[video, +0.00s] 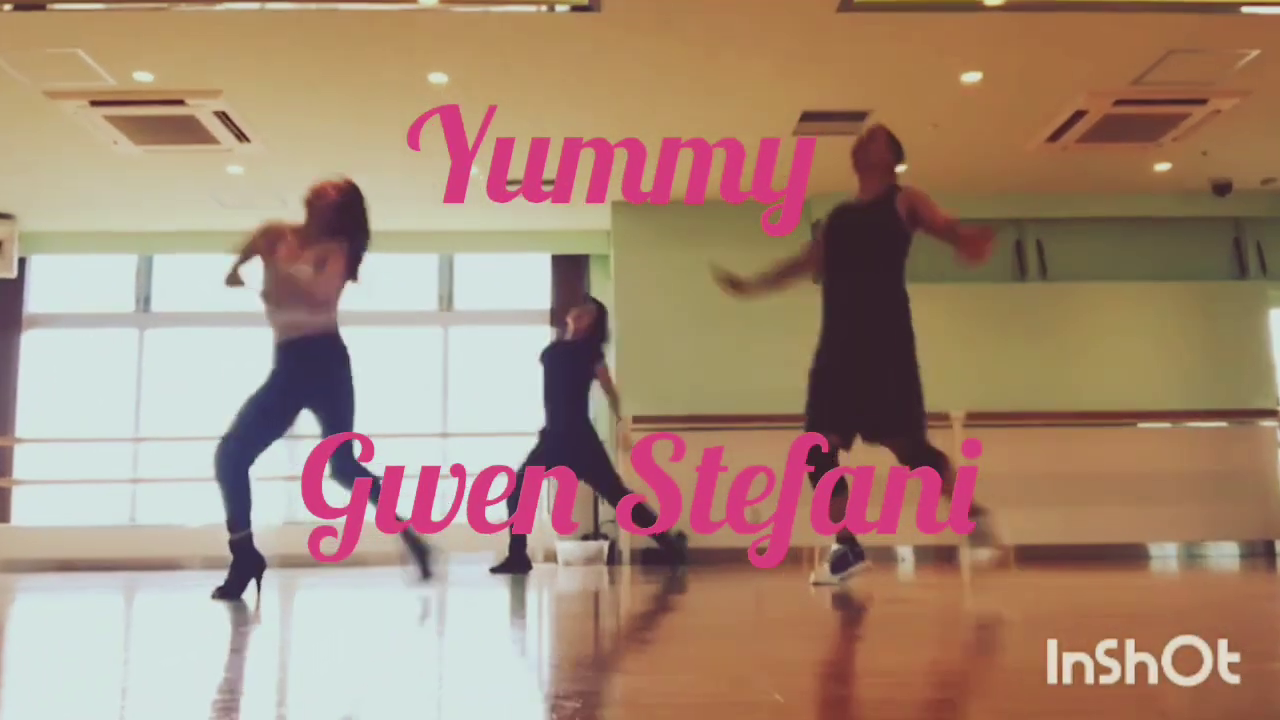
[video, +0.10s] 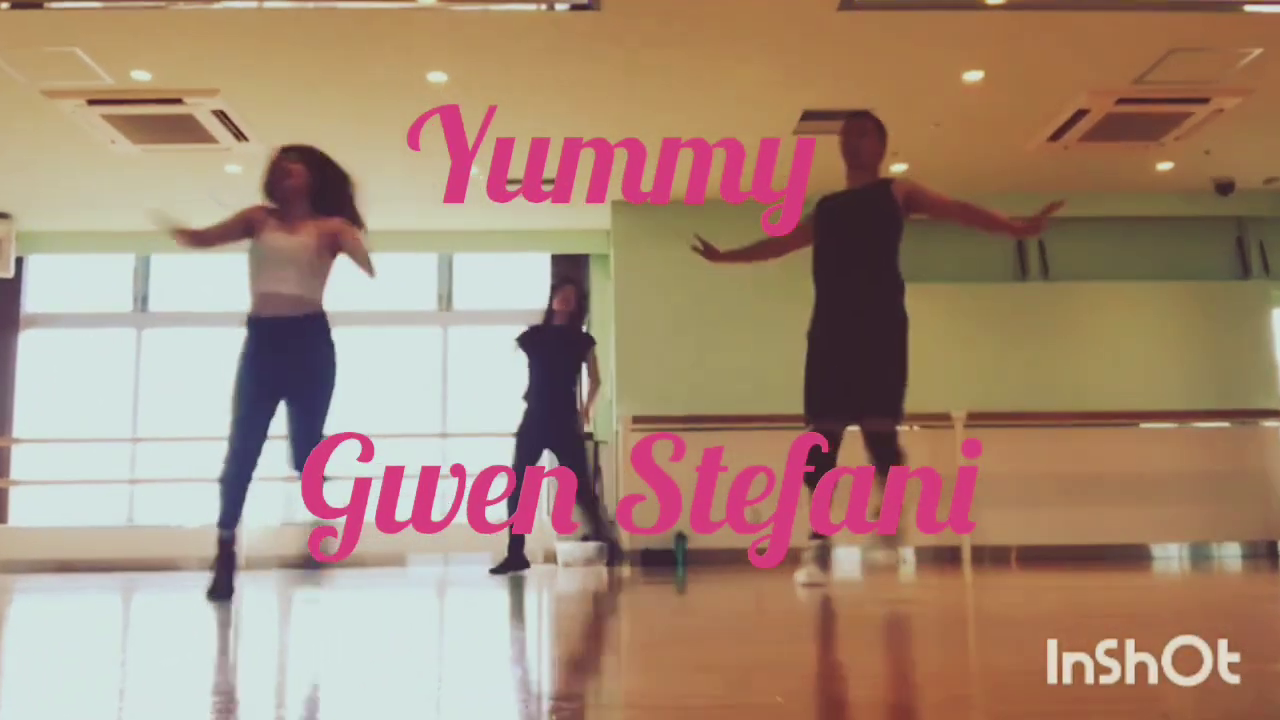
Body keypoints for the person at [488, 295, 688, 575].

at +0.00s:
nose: (576, 317)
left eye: (584, 315)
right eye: (575, 312)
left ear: (593, 325)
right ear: (569, 316)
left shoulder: (590, 351)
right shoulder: (553, 350)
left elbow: (609, 388)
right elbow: (556, 391)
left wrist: (619, 419)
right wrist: (552, 423)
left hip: (579, 437)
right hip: (553, 437)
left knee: (615, 494)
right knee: (517, 488)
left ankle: (668, 542)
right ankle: (517, 555)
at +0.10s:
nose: (563, 301)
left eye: (569, 298)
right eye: (560, 296)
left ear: (578, 304)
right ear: (551, 299)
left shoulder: (582, 339)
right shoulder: (534, 335)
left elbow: (594, 380)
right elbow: (534, 374)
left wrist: (586, 410)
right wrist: (530, 398)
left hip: (565, 417)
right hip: (535, 415)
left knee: (581, 487)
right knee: (518, 485)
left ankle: (608, 543)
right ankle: (515, 553)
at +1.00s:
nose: (564, 316)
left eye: (566, 310)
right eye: (557, 315)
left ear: (575, 314)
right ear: (551, 325)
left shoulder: (596, 344)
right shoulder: (559, 356)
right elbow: (579, 376)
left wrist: (595, 330)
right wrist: (594, 343)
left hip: (606, 425)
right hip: (578, 427)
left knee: (627, 483)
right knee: (552, 484)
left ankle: (639, 542)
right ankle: (514, 533)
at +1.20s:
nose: (584, 308)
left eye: (589, 304)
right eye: (579, 304)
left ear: (598, 309)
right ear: (572, 310)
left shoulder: (615, 337)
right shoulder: (570, 344)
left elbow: (642, 364)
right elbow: (572, 370)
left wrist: (635, 393)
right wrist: (575, 333)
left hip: (622, 414)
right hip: (594, 418)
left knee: (635, 474)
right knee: (609, 478)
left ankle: (641, 532)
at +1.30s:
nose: (592, 316)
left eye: (598, 312)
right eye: (588, 312)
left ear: (606, 318)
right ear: (581, 317)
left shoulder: (620, 347)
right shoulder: (577, 351)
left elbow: (652, 373)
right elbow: (566, 379)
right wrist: (564, 345)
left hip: (625, 421)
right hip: (596, 425)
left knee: (638, 479)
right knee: (616, 480)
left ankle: (646, 535)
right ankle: (632, 538)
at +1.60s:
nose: (595, 313)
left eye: (602, 310)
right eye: (593, 308)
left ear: (611, 318)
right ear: (586, 313)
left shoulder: (615, 347)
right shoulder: (572, 347)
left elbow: (613, 379)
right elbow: (562, 386)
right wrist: (550, 421)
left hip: (600, 425)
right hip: (570, 423)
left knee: (623, 481)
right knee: (547, 479)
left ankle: (639, 537)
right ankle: (521, 537)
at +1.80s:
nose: (589, 334)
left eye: (596, 332)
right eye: (587, 329)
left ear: (603, 340)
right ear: (579, 334)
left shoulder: (609, 373)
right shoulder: (563, 370)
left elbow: (613, 415)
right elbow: (545, 408)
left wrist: (588, 434)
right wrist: (531, 443)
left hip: (589, 444)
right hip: (558, 443)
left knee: (616, 496)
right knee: (530, 492)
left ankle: (631, 546)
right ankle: (514, 549)